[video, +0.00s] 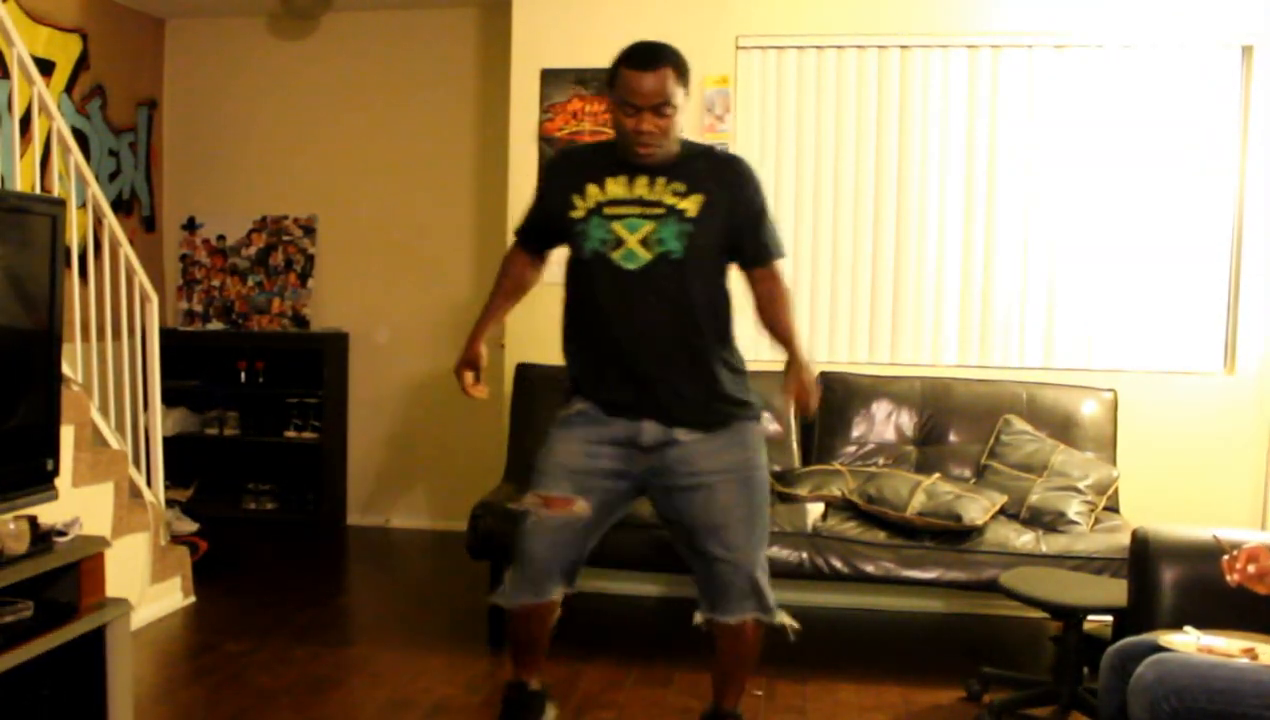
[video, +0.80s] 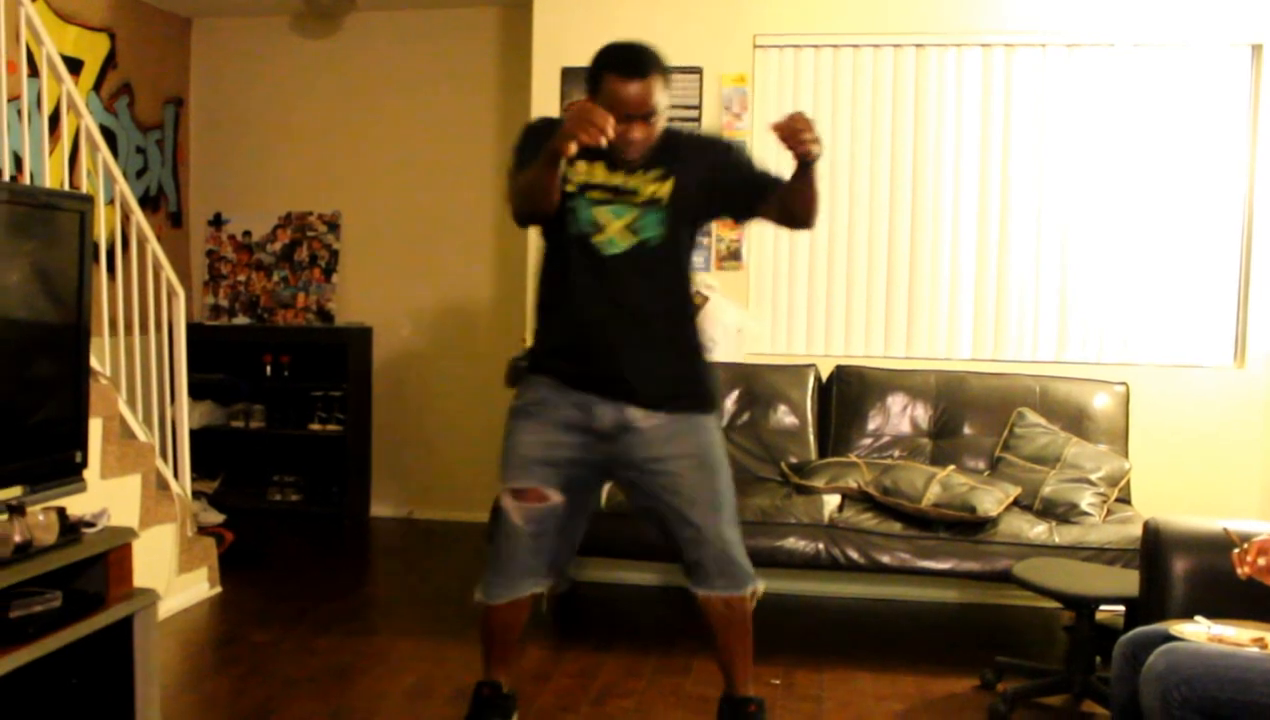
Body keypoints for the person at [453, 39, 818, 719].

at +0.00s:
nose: (646, 122)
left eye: (661, 109)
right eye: (633, 108)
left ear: (682, 106)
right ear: (611, 105)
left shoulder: (726, 179)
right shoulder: (573, 172)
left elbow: (764, 275)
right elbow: (528, 254)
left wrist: (796, 354)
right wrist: (481, 333)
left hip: (710, 418)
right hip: (599, 413)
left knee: (739, 583)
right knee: (536, 553)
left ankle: (727, 712)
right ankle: (524, 695)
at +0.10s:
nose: (667, 137)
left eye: (682, 123)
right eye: (653, 121)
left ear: (707, 115)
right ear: (632, 113)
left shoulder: (747, 181)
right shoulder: (593, 175)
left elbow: (798, 264)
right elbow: (531, 254)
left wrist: (803, 292)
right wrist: (471, 332)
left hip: (725, 410)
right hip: (629, 405)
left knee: (737, 591)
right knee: (627, 558)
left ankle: (723, 716)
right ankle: (537, 670)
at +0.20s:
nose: (685, 144)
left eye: (701, 130)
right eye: (672, 128)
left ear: (724, 124)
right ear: (651, 118)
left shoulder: (759, 190)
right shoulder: (601, 175)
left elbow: (823, 283)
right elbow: (528, 240)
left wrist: (806, 256)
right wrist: (466, 312)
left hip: (740, 416)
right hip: (643, 409)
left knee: (752, 602)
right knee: (670, 565)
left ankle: (724, 715)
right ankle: (602, 697)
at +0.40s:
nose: (697, 148)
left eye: (711, 133)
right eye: (682, 133)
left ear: (732, 124)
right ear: (660, 123)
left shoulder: (762, 173)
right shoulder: (613, 177)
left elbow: (806, 257)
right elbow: (518, 225)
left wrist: (792, 203)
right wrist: (504, 252)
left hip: (736, 406)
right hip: (629, 394)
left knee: (758, 583)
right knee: (564, 544)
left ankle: (726, 711)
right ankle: (605, 691)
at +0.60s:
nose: (678, 120)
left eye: (692, 105)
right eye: (662, 106)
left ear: (713, 91)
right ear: (638, 97)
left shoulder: (743, 119)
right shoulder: (607, 160)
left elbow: (804, 202)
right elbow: (545, 250)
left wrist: (817, 168)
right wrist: (574, 200)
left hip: (707, 387)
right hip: (602, 376)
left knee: (720, 554)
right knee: (535, 529)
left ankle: (730, 706)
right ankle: (500, 681)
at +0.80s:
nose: (633, 132)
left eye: (646, 118)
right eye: (621, 117)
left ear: (664, 105)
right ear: (592, 102)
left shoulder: (696, 160)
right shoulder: (552, 143)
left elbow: (796, 214)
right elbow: (525, 208)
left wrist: (804, 163)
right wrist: (560, 144)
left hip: (670, 397)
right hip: (561, 388)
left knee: (721, 557)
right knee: (515, 547)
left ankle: (742, 701)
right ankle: (494, 695)